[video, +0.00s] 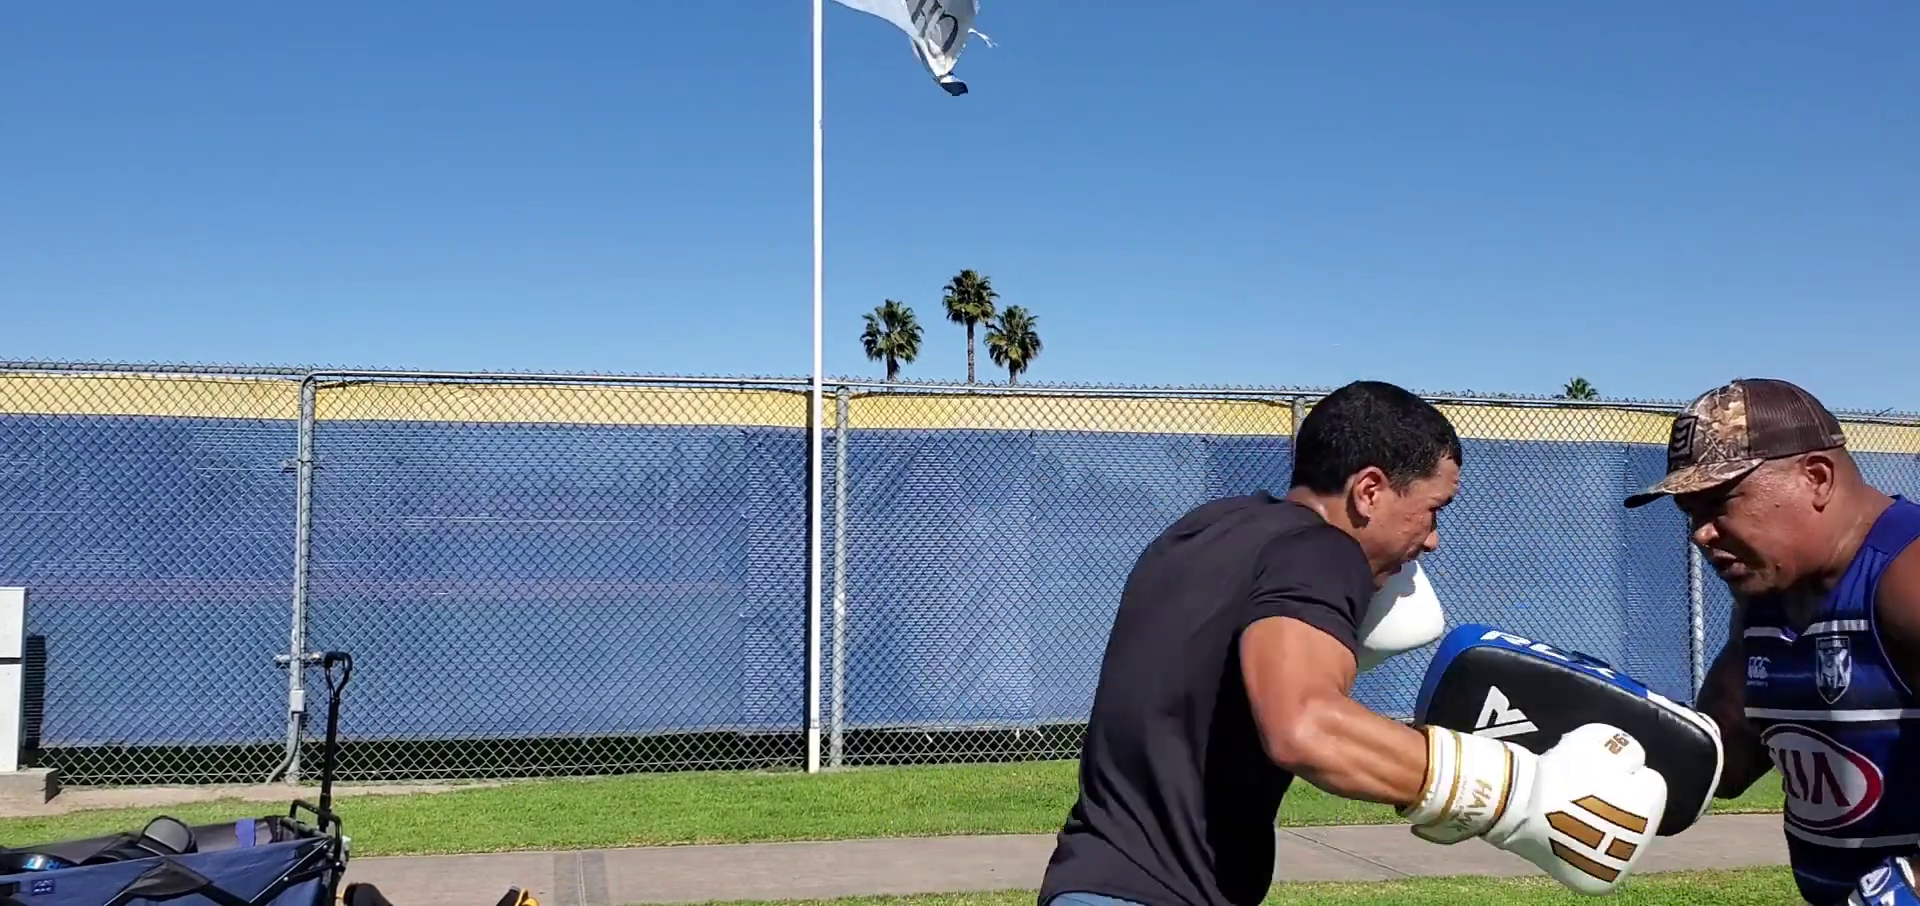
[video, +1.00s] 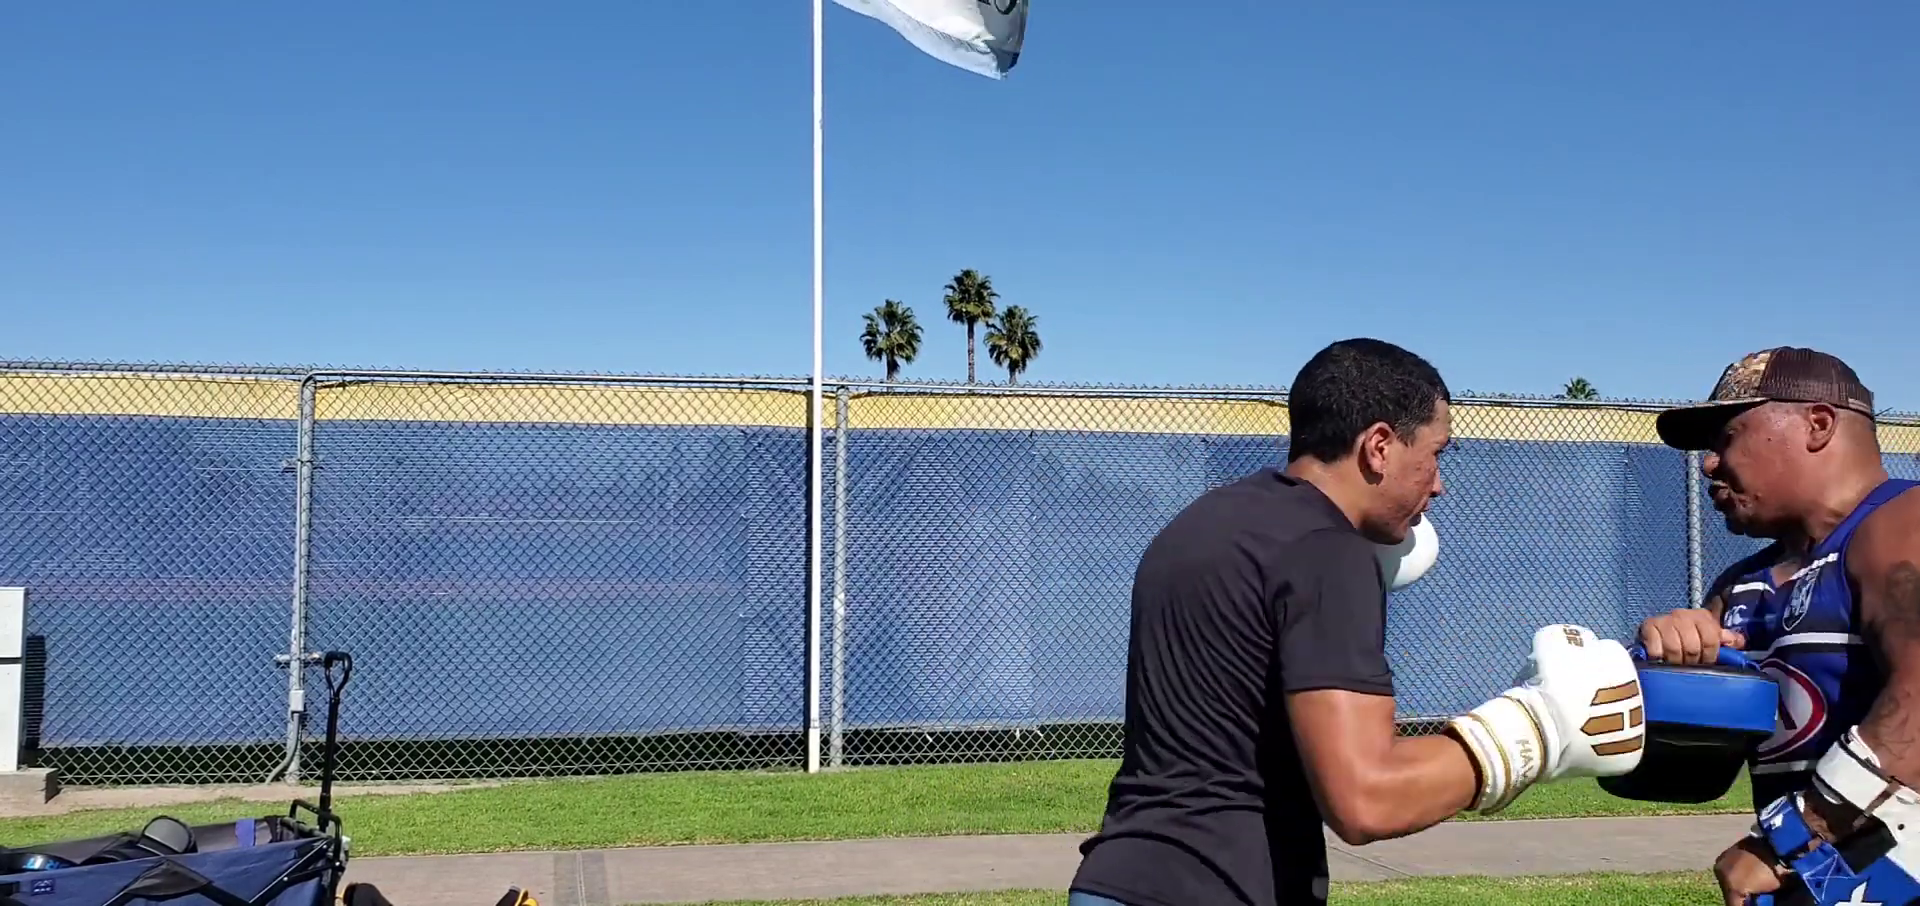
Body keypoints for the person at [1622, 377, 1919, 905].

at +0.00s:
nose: (1701, 535)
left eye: (1719, 504)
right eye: (1692, 512)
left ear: (1817, 480)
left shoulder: (1905, 582)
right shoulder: (1770, 596)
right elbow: (1728, 751)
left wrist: (1910, 884)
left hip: (1899, 890)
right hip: (1830, 889)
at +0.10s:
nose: (1705, 520)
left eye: (1724, 490)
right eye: (1697, 500)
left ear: (1823, 466)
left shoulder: (1909, 593)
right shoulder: (1751, 604)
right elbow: (1682, 753)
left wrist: (1892, 886)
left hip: (1906, 893)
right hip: (1827, 892)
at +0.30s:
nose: (1692, 486)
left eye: (1709, 461)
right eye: (1689, 469)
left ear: (1804, 445)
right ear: (1804, 447)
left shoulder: (1905, 558)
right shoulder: (1765, 571)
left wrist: (1840, 874)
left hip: (1893, 889)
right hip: (1804, 880)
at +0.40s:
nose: (1693, 504)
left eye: (1707, 476)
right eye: (1685, 489)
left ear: (1774, 451)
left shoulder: (1900, 542)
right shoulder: (1734, 584)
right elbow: (1624, 635)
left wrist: (1865, 850)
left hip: (1898, 883)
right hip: (1794, 875)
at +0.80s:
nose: (1667, 504)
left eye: (1678, 479)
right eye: (1664, 485)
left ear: (1743, 464)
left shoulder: (1897, 547)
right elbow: (1627, 666)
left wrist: (1894, 862)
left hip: (1884, 887)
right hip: (1793, 881)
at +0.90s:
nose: (1683, 480)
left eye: (1701, 444)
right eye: (1688, 458)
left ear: (1785, 434)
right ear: (1785, 436)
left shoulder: (1892, 527)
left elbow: (1916, 709)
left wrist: (1806, 875)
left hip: (1891, 886)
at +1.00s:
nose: (1708, 464)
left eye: (1727, 437)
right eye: (1710, 446)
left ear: (1817, 425)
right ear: (1816, 426)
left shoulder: (1896, 527)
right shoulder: (1743, 583)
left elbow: (1915, 692)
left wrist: (1786, 839)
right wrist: (1665, 650)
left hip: (1885, 874)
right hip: (1801, 877)